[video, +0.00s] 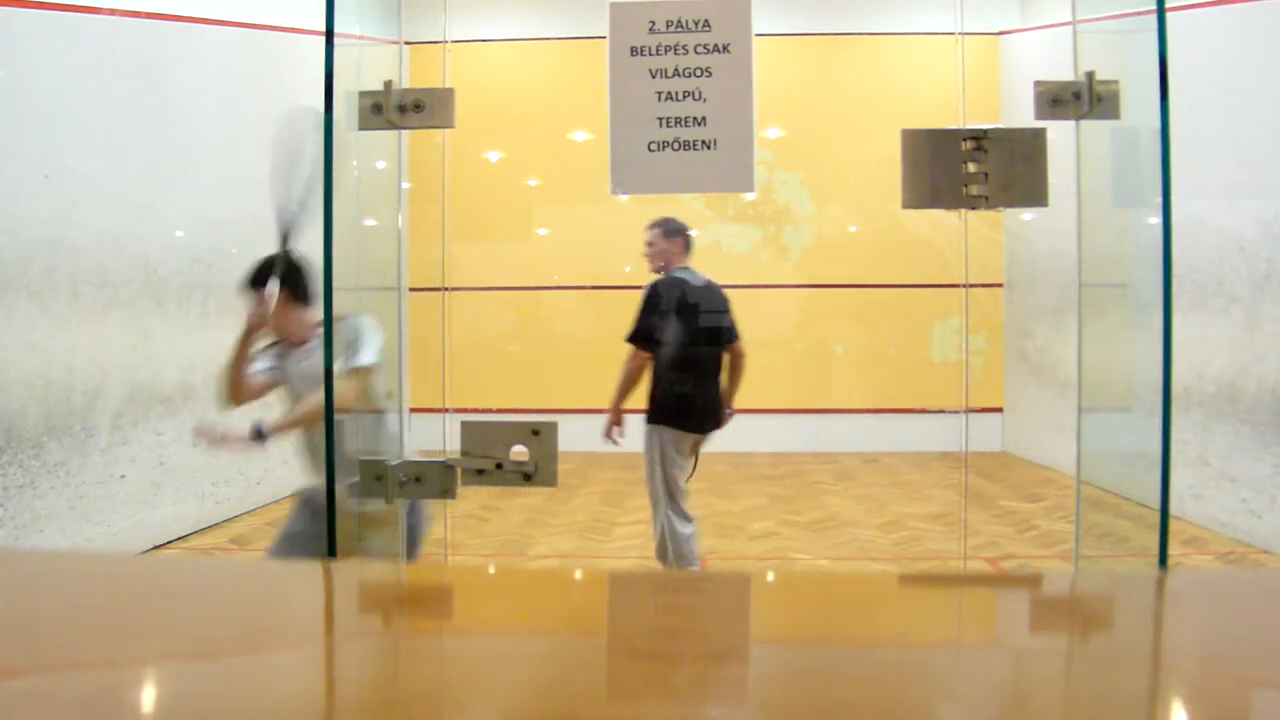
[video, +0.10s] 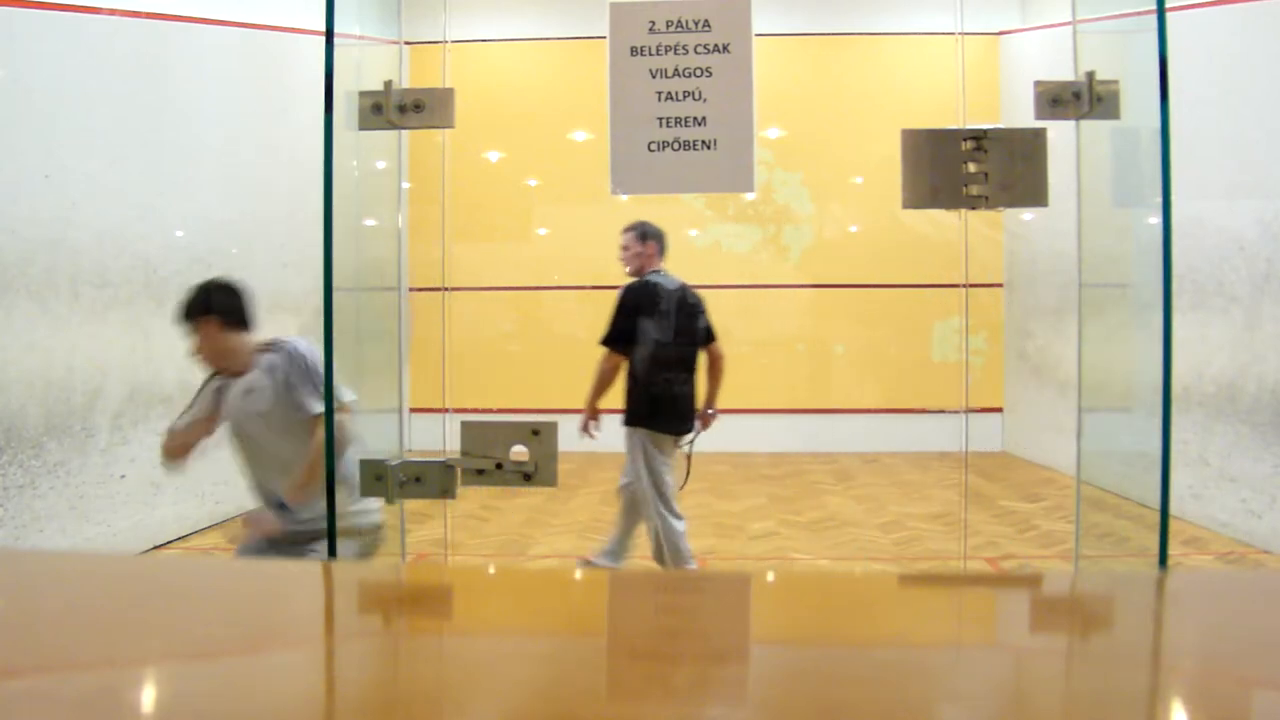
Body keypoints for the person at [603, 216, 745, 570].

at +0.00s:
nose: (647, 254)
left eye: (652, 246)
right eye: (647, 247)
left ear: (677, 245)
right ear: (681, 247)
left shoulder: (662, 291)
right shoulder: (713, 292)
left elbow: (641, 355)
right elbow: (736, 353)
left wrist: (616, 407)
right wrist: (726, 400)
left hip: (669, 409)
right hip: (706, 410)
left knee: (670, 497)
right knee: (671, 492)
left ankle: (687, 577)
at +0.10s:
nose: (623, 258)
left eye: (628, 251)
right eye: (622, 251)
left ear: (652, 250)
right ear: (654, 252)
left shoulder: (636, 293)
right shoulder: (688, 295)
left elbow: (615, 357)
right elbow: (715, 355)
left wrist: (591, 404)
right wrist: (710, 406)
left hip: (646, 411)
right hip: (679, 413)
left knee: (658, 499)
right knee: (633, 489)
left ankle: (682, 574)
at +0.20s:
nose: (599, 263)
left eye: (604, 256)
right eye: (600, 256)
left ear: (629, 258)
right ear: (631, 260)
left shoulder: (613, 300)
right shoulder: (665, 303)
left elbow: (588, 365)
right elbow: (692, 362)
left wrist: (570, 405)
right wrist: (688, 409)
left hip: (621, 420)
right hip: (653, 420)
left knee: (638, 508)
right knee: (605, 500)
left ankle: (682, 576)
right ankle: (581, 566)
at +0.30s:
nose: (581, 263)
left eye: (583, 256)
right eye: (582, 256)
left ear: (597, 258)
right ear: (615, 260)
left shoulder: (590, 301)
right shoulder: (643, 304)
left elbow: (568, 363)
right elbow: (665, 361)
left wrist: (555, 403)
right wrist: (661, 406)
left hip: (595, 416)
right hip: (630, 417)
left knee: (586, 503)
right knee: (586, 498)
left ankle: (658, 562)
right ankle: (578, 571)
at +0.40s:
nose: (567, 258)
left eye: (568, 253)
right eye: (570, 252)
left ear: (571, 255)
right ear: (602, 256)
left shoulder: (569, 297)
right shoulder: (623, 300)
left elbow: (548, 357)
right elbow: (641, 357)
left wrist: (539, 400)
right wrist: (635, 398)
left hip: (574, 412)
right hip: (614, 413)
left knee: (543, 488)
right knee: (583, 493)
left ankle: (607, 550)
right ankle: (576, 568)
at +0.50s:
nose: (549, 258)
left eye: (550, 253)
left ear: (552, 255)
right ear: (584, 255)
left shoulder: (547, 297)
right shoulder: (604, 299)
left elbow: (530, 359)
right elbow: (621, 358)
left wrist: (518, 403)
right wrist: (608, 397)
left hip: (556, 409)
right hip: (597, 409)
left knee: (514, 479)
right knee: (578, 483)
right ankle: (582, 560)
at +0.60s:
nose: (529, 266)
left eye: (530, 262)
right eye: (534, 262)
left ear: (533, 264)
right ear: (564, 265)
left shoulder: (527, 301)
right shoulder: (584, 305)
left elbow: (510, 366)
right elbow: (602, 369)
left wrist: (494, 416)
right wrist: (586, 402)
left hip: (539, 416)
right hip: (583, 416)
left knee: (499, 487)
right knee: (563, 489)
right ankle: (579, 563)